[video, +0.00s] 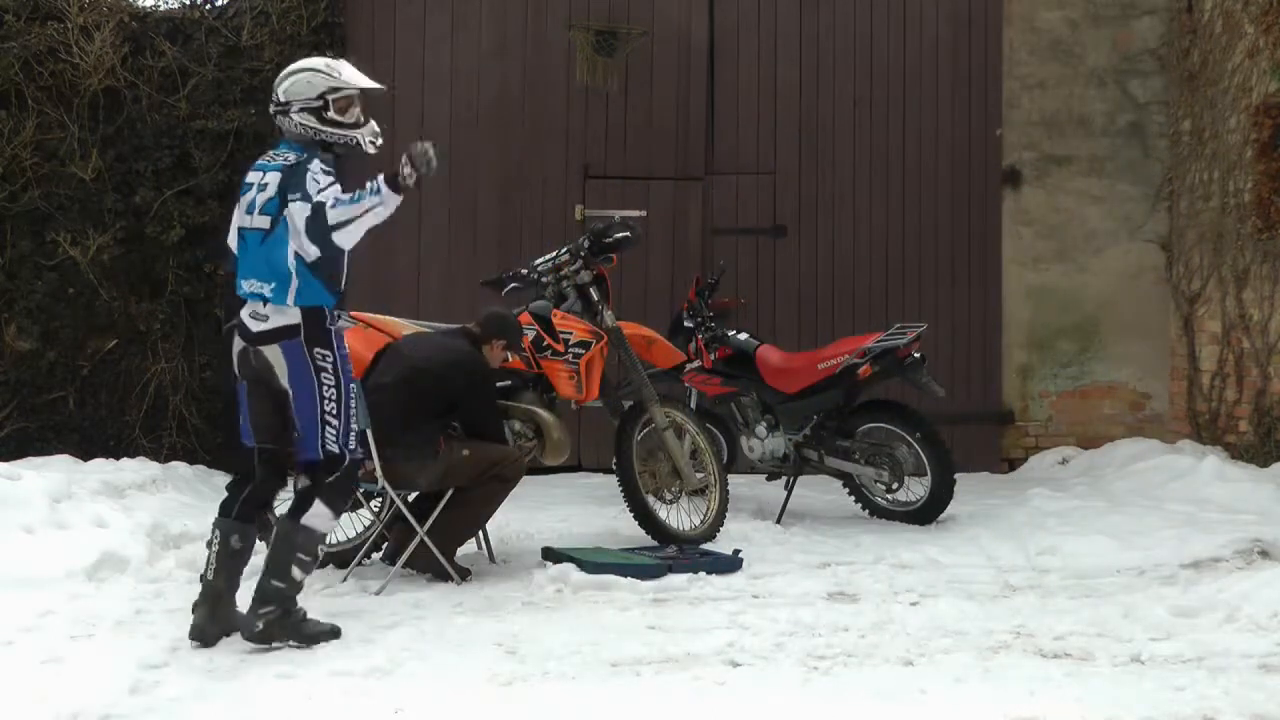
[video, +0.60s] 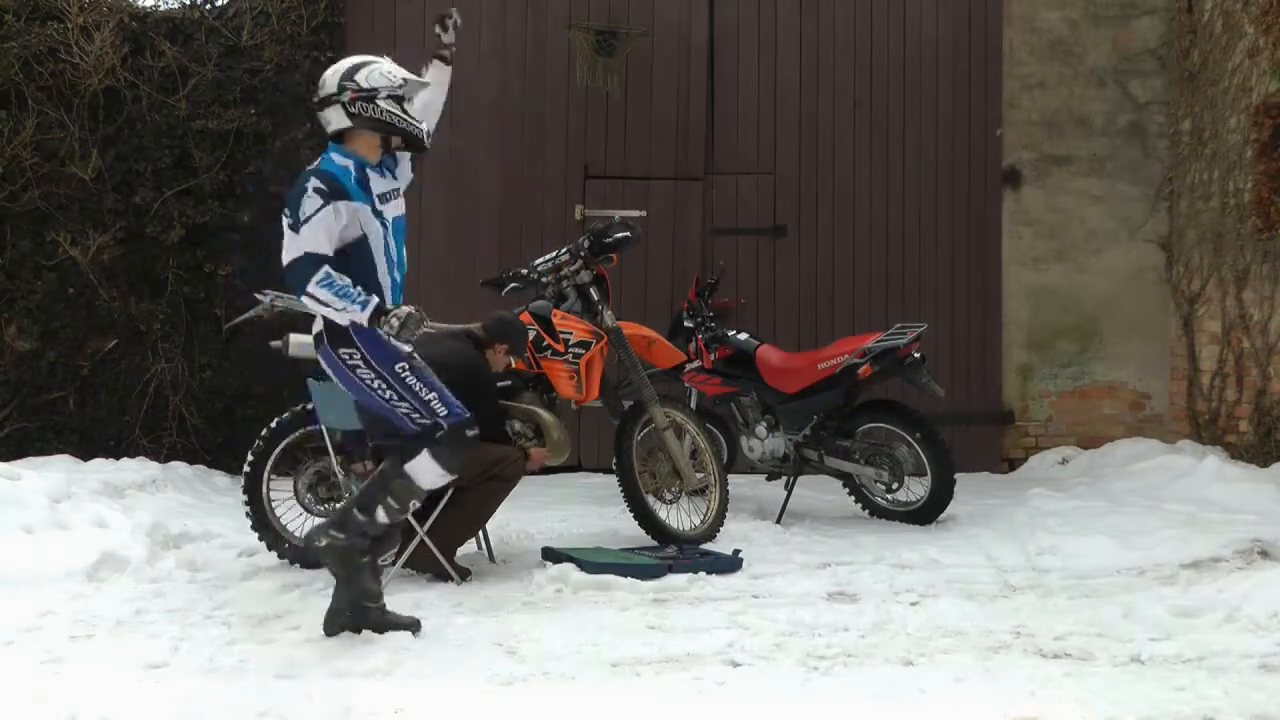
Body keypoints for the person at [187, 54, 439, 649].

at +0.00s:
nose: (355, 116)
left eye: (355, 105)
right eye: (343, 107)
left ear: (292, 117)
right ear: (308, 113)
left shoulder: (263, 169)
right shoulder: (311, 168)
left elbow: (241, 248)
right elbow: (324, 231)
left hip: (252, 334)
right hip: (300, 333)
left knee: (265, 468)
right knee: (339, 468)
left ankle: (214, 603)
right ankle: (274, 604)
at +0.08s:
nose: (360, 120)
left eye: (360, 109)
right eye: (347, 112)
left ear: (306, 126)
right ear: (311, 120)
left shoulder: (277, 171)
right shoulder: (310, 173)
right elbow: (369, 206)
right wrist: (414, 136)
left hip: (274, 328)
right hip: (300, 327)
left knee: (305, 457)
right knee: (334, 466)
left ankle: (225, 574)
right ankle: (272, 610)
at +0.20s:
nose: (371, 132)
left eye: (376, 122)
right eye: (360, 119)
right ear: (327, 117)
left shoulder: (289, 172)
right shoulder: (314, 174)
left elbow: (266, 256)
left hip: (311, 329)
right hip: (299, 331)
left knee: (389, 435)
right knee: (326, 471)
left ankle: (282, 515)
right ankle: (268, 616)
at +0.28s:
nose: (382, 123)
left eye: (388, 112)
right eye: (370, 109)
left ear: (388, 114)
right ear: (333, 108)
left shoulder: (307, 166)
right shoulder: (318, 171)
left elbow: (294, 246)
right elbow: (408, 188)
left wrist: (351, 276)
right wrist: (508, 168)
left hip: (324, 326)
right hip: (296, 329)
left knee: (410, 416)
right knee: (325, 472)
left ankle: (331, 525)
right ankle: (266, 615)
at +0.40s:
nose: (394, 105)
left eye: (395, 94)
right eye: (384, 92)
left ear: (350, 97)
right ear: (348, 95)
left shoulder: (351, 159)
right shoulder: (324, 158)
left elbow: (397, 233)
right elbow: (392, 227)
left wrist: (476, 260)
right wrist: (477, 260)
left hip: (352, 319)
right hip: (320, 320)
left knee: (399, 436)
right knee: (338, 459)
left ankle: (358, 586)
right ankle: (273, 604)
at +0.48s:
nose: (400, 107)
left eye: (398, 96)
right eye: (389, 96)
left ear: (352, 104)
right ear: (357, 102)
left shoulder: (361, 165)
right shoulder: (324, 171)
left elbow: (375, 258)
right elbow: (361, 263)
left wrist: (419, 309)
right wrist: (430, 306)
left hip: (361, 323)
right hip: (337, 327)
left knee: (390, 461)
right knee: (391, 466)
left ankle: (355, 597)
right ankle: (292, 581)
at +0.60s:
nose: (402, 115)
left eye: (401, 105)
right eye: (393, 104)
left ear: (363, 110)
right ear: (363, 109)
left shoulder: (385, 166)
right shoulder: (325, 181)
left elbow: (419, 122)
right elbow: (304, 272)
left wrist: (441, 60)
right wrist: (380, 313)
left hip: (376, 331)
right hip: (347, 334)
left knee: (396, 457)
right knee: (455, 437)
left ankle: (357, 597)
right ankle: (360, 520)